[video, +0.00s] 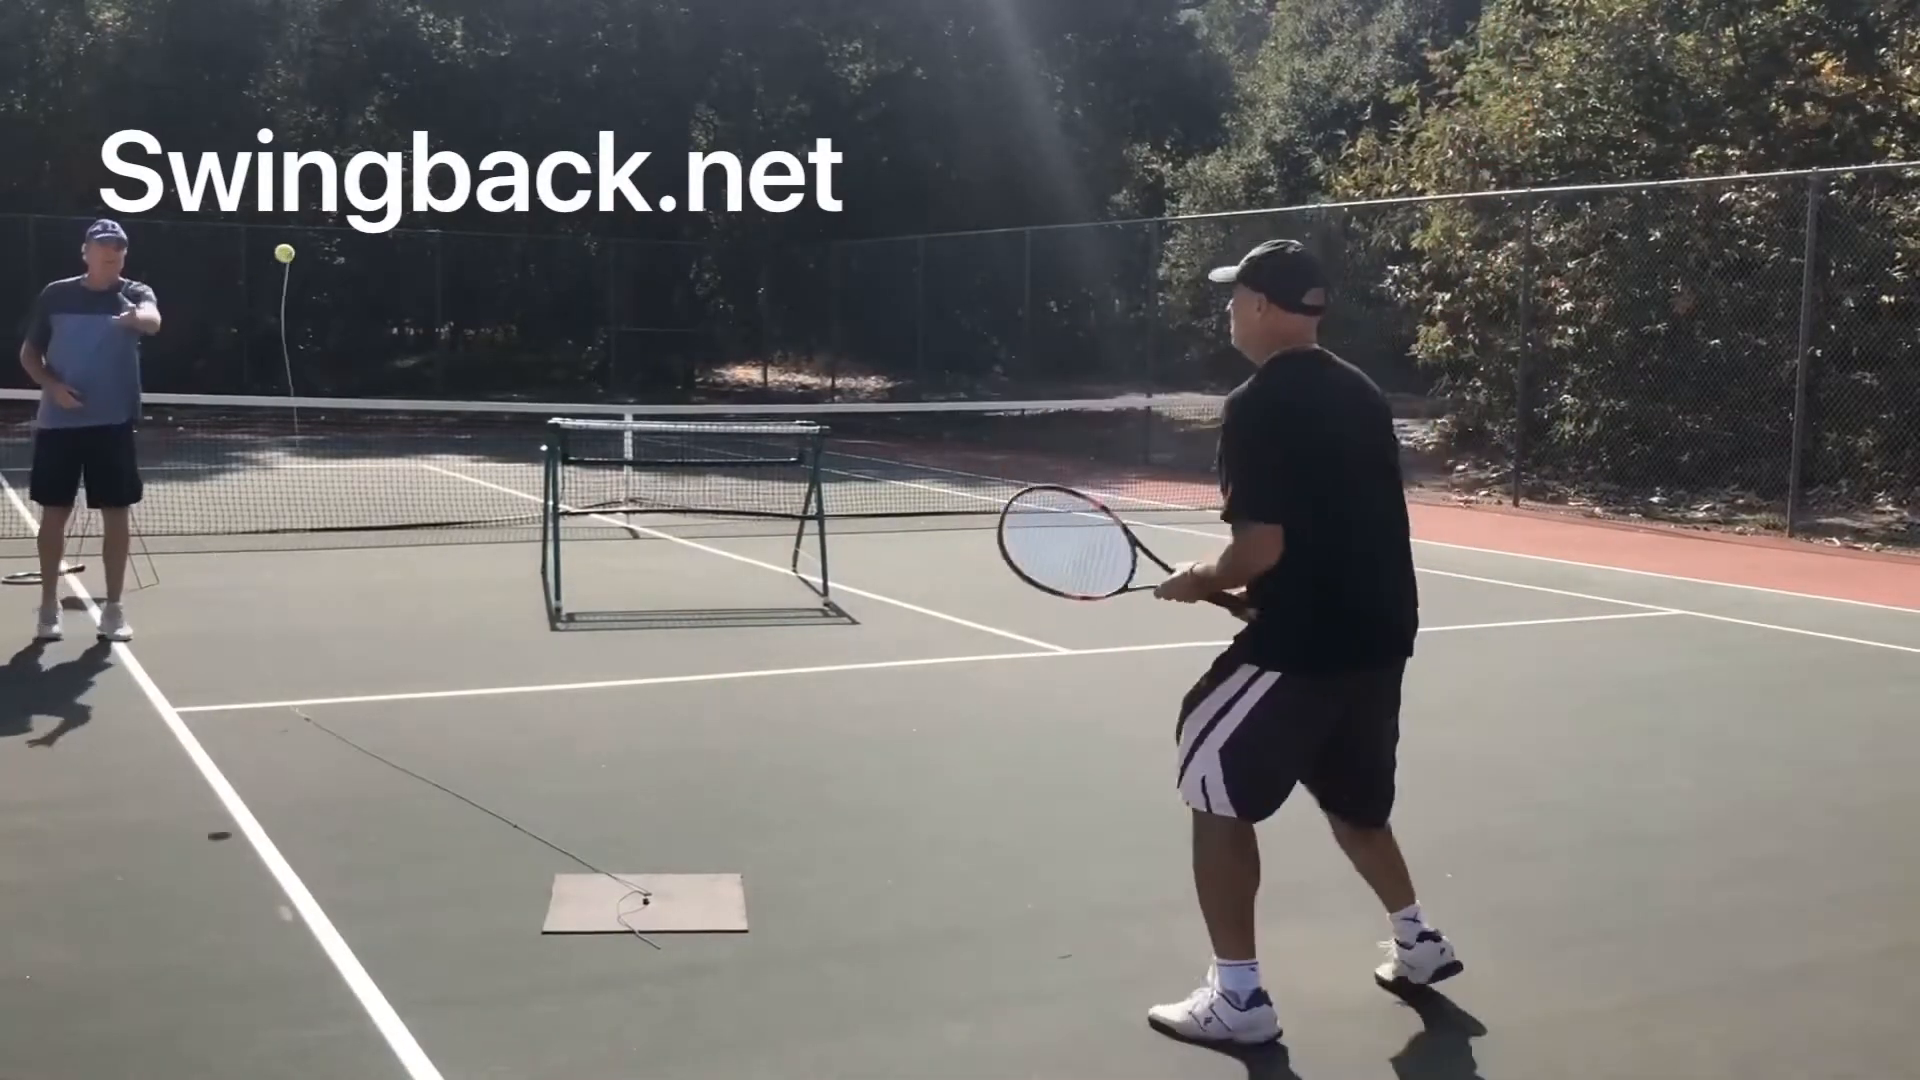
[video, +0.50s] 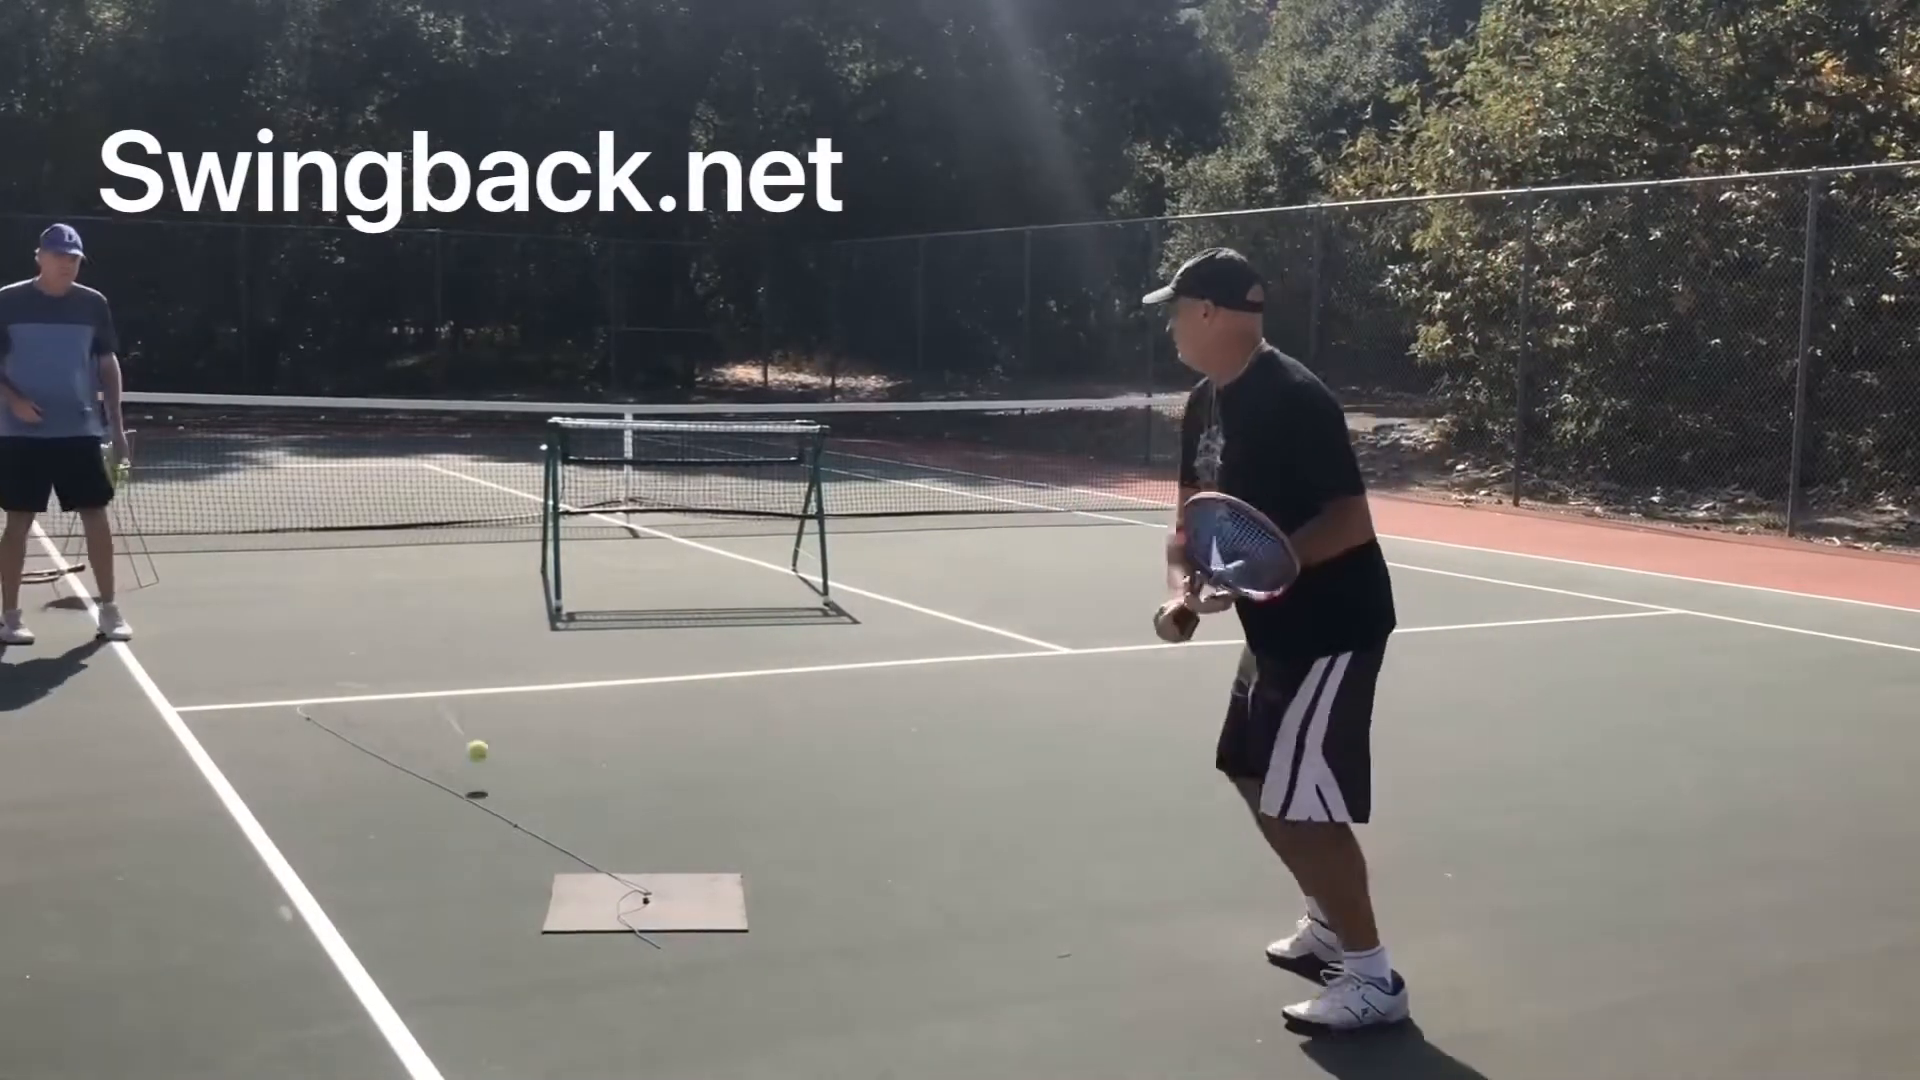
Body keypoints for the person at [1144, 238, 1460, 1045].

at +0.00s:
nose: (1230, 312)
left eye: (1238, 300)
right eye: (1234, 299)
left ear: (1269, 309)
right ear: (1309, 311)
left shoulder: (1259, 403)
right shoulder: (1361, 392)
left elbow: (1260, 544)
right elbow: (1359, 528)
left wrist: (1208, 577)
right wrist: (1259, 584)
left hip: (1298, 646)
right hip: (1379, 642)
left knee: (1214, 785)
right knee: (1354, 800)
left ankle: (1236, 994)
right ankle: (1418, 941)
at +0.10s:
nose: (1223, 307)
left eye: (1231, 294)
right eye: (1227, 293)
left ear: (1263, 300)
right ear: (1299, 302)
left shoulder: (1275, 387)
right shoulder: (1335, 377)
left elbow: (1274, 536)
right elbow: (1338, 525)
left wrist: (1200, 573)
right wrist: (1253, 595)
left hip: (1314, 633)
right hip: (1370, 625)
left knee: (1237, 776)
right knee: (1307, 768)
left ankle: (1242, 995)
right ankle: (1362, 927)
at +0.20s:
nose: (1222, 306)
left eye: (1231, 293)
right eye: (1226, 293)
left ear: (1267, 300)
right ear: (1287, 301)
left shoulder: (1296, 384)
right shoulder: (1305, 375)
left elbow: (1311, 530)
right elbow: (1299, 521)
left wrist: (1213, 569)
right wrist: (1232, 582)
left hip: (1326, 627)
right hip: (1337, 618)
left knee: (1256, 788)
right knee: (1301, 777)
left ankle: (1253, 996)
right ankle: (1349, 939)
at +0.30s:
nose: (1212, 303)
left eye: (1224, 290)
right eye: (1216, 289)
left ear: (1268, 299)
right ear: (1264, 299)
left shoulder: (1305, 383)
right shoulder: (1267, 380)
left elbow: (1342, 523)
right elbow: (1251, 503)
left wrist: (1225, 564)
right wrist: (1205, 572)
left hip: (1341, 619)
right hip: (1321, 613)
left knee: (1260, 770)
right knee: (1320, 778)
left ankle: (1318, 974)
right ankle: (1352, 944)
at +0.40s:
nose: (1197, 308)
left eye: (1208, 293)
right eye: (1199, 293)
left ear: (1256, 300)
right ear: (1235, 301)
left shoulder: (1312, 386)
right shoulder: (1228, 383)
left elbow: (1355, 515)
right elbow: (1219, 501)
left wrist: (1253, 562)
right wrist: (1198, 581)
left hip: (1344, 617)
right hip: (1293, 614)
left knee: (1294, 775)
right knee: (1306, 776)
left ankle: (1371, 973)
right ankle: (1351, 935)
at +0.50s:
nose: (1171, 326)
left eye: (1181, 312)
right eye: (1174, 313)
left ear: (1223, 317)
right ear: (1217, 319)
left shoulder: (1297, 399)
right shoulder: (1205, 402)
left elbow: (1351, 520)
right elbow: (1194, 514)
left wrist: (1252, 569)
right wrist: (1187, 587)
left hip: (1338, 629)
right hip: (1277, 626)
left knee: (1299, 793)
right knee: (1251, 769)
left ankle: (1373, 977)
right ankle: (1334, 925)